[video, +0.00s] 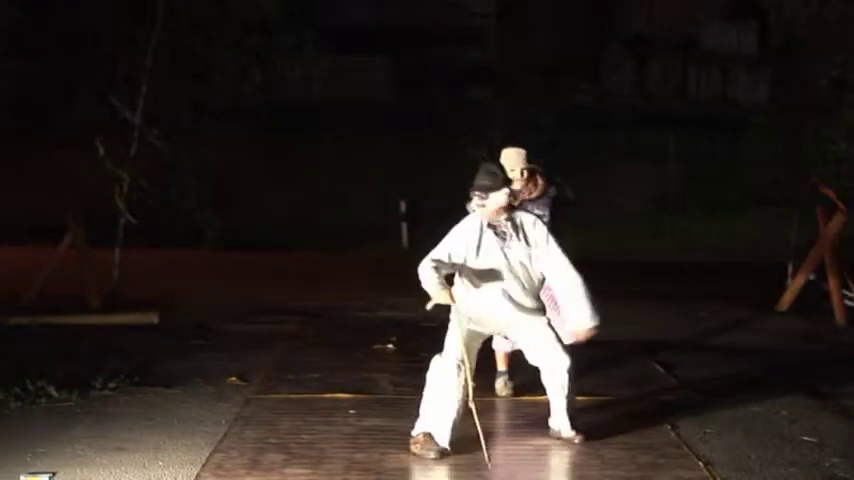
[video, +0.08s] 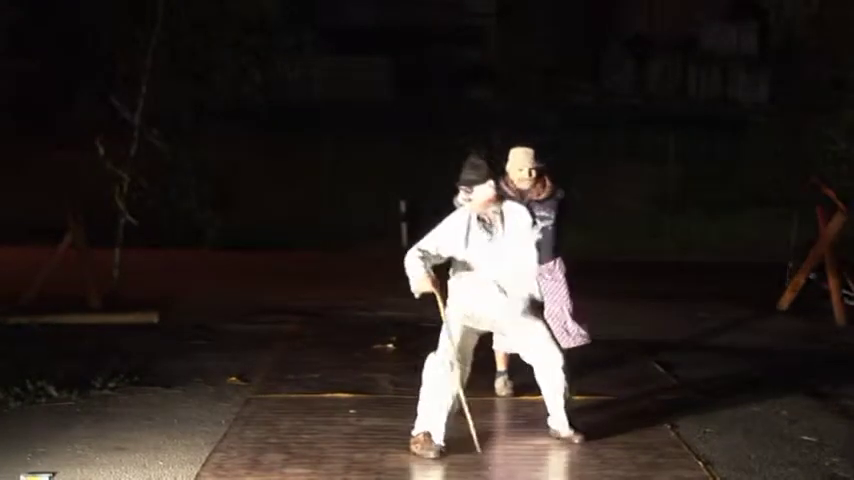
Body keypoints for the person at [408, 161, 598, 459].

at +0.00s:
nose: (506, 200)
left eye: (507, 194)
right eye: (499, 195)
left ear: (509, 196)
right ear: (481, 199)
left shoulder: (529, 225)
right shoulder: (469, 229)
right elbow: (429, 265)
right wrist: (439, 292)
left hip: (523, 314)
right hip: (472, 313)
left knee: (557, 362)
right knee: (452, 366)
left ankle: (560, 423)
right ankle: (428, 434)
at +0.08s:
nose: (491, 194)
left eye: (491, 187)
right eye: (483, 190)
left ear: (496, 187)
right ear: (468, 195)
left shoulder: (518, 214)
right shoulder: (460, 222)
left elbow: (527, 261)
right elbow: (417, 254)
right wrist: (421, 278)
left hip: (509, 304)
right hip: (466, 306)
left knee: (549, 356)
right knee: (447, 362)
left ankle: (559, 423)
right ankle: (426, 432)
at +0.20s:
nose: (473, 174)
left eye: (467, 168)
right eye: (464, 169)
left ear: (474, 170)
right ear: (451, 175)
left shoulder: (496, 191)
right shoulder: (437, 207)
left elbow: (494, 200)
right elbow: (404, 236)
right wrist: (406, 256)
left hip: (500, 295)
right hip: (454, 298)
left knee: (532, 352)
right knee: (440, 358)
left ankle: (555, 421)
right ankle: (424, 431)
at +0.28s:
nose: (467, 168)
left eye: (468, 161)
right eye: (459, 163)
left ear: (470, 162)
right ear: (442, 167)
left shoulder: (488, 185)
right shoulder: (427, 198)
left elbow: (490, 203)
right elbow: (407, 229)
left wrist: (455, 187)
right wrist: (399, 251)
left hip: (486, 288)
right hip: (444, 292)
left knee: (525, 340)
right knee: (441, 353)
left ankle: (536, 414)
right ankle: (423, 430)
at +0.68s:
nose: (416, 165)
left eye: (424, 158)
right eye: (412, 159)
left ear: (439, 158)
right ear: (406, 159)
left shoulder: (451, 184)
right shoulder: (396, 193)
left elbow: (457, 185)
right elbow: (368, 224)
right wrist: (371, 248)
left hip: (459, 289)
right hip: (418, 292)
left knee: (491, 347)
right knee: (425, 356)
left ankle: (498, 421)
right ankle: (409, 428)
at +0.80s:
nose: (433, 165)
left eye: (438, 158)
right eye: (426, 159)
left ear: (444, 158)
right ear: (411, 157)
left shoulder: (449, 182)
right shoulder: (392, 188)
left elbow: (468, 190)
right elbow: (360, 221)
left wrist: (423, 194)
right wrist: (372, 254)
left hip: (451, 282)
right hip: (414, 284)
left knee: (482, 341)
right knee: (428, 350)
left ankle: (494, 414)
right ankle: (409, 424)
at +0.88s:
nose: (448, 165)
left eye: (448, 159)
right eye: (440, 159)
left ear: (447, 161)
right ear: (419, 160)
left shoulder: (451, 195)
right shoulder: (392, 196)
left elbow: (476, 208)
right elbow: (358, 231)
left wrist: (437, 202)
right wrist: (372, 267)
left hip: (452, 288)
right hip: (413, 288)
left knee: (485, 337)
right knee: (428, 352)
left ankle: (473, 411)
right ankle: (403, 424)